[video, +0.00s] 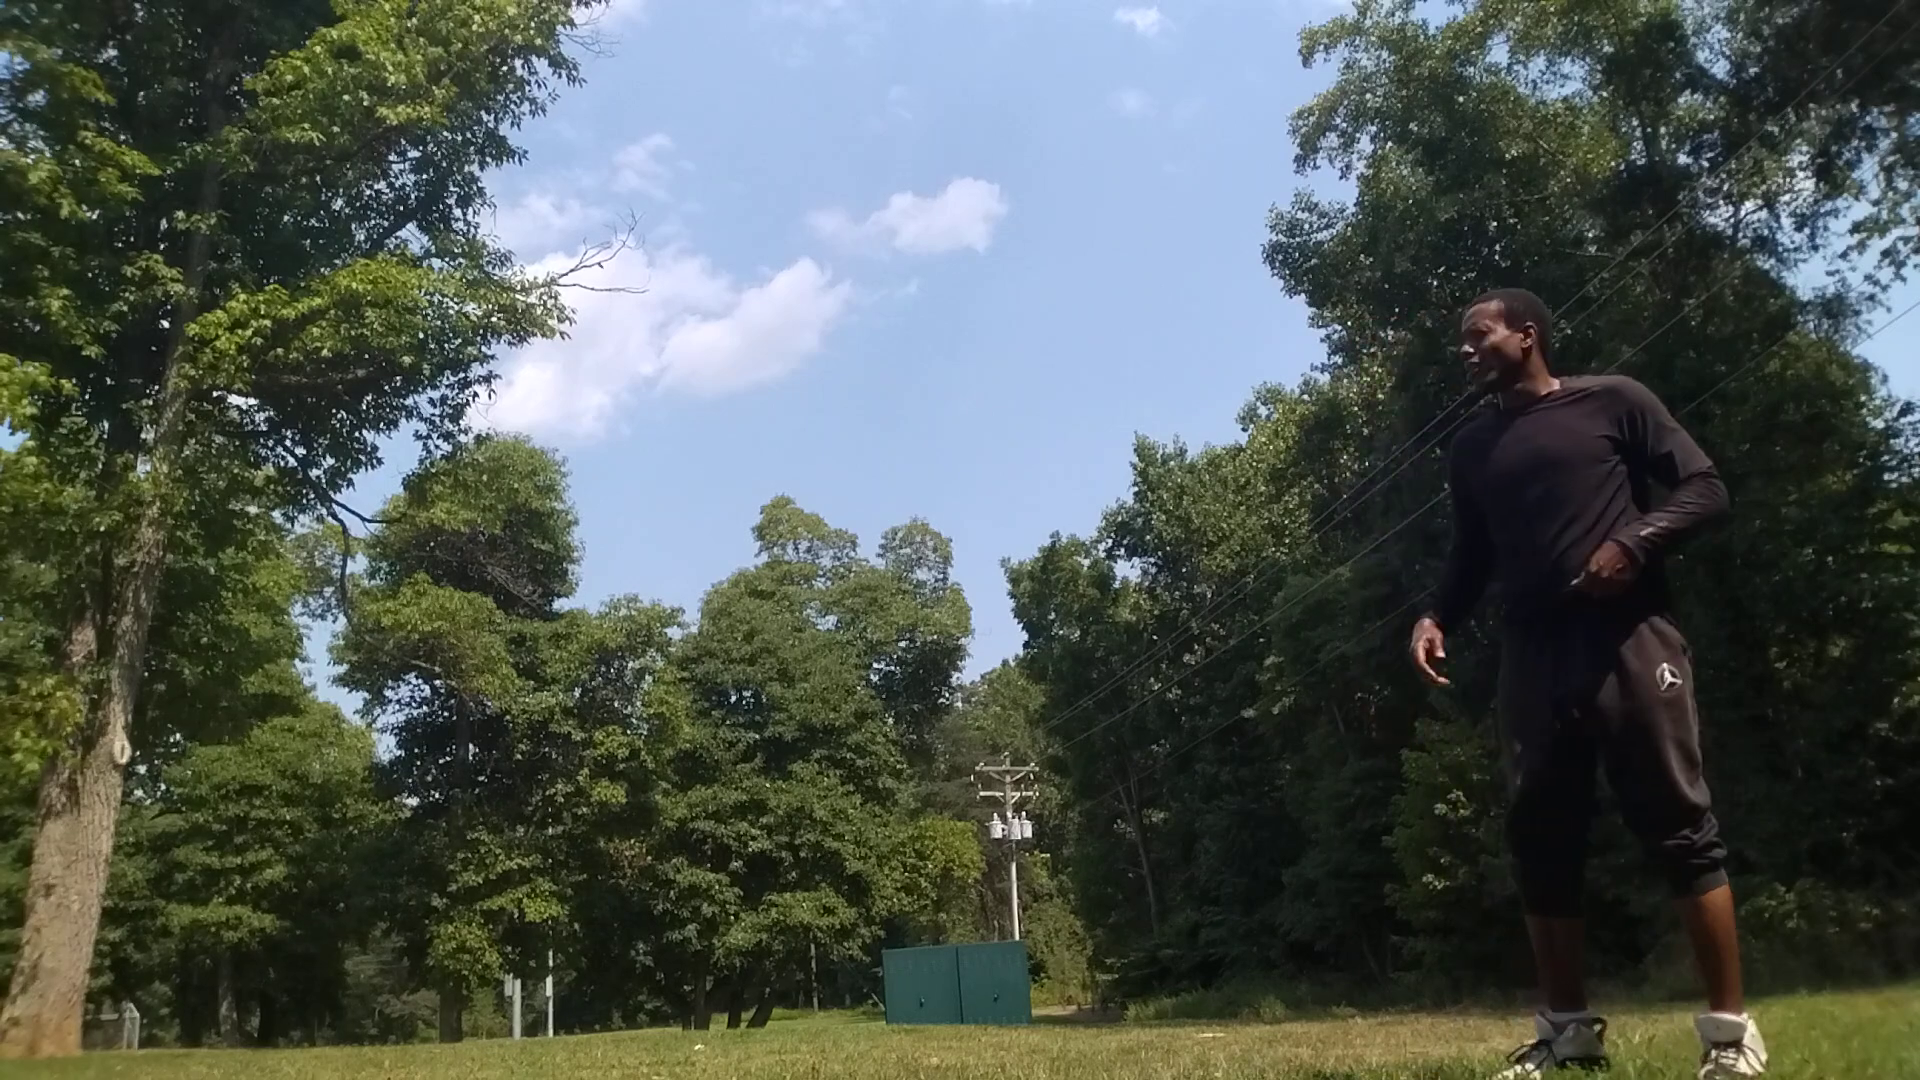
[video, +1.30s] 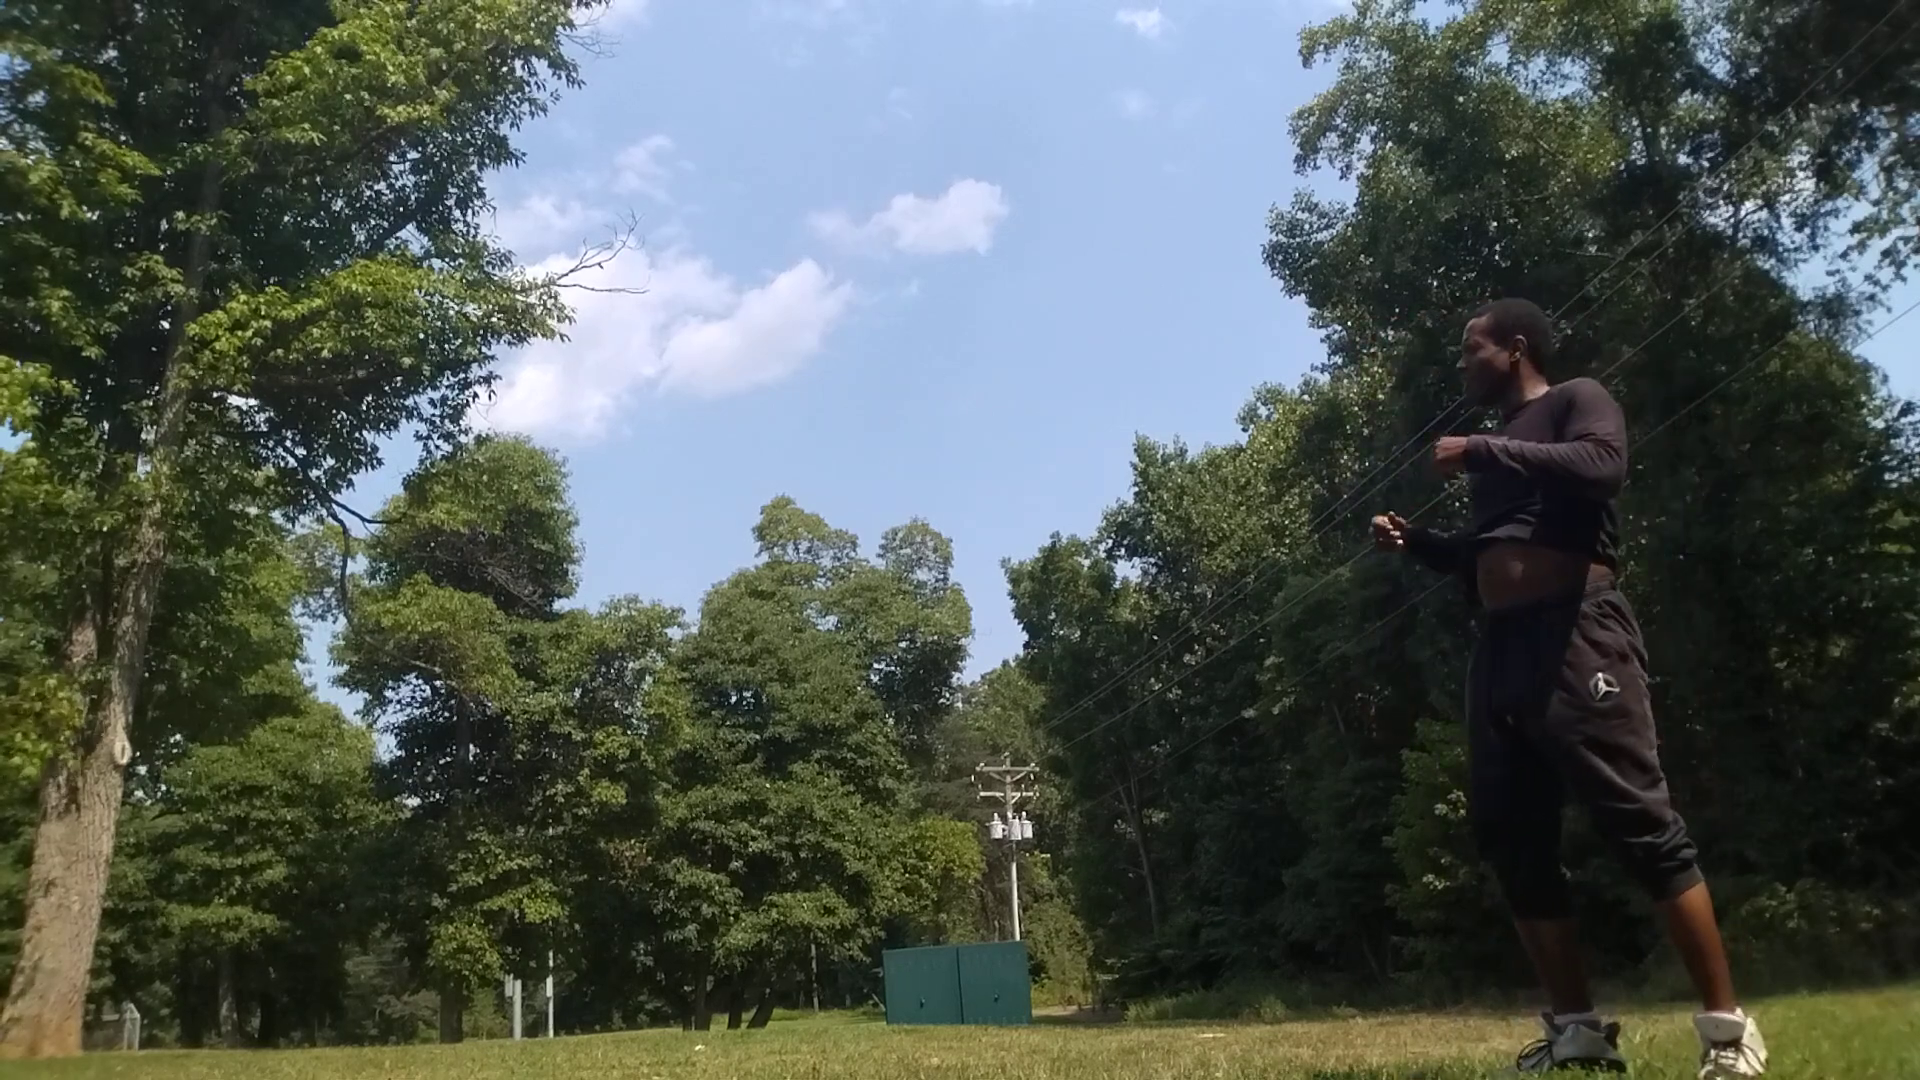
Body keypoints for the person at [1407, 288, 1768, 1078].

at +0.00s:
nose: (1465, 350)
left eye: (1476, 335)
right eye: (1462, 340)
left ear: (1526, 333)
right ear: (1488, 349)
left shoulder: (1615, 399)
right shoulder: (1471, 444)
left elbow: (1704, 490)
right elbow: (1472, 550)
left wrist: (1632, 541)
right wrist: (1436, 614)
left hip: (1631, 645)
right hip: (1534, 659)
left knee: (1684, 833)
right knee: (1539, 835)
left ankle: (1729, 1036)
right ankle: (1566, 1029)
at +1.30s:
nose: (1463, 363)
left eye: (1472, 350)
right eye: (1463, 352)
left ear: (1514, 348)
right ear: (1507, 352)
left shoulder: (1578, 396)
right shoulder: (1494, 446)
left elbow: (1605, 463)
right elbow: (1491, 558)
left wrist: (1483, 448)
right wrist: (1418, 542)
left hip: (1580, 633)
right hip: (1504, 647)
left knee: (1646, 829)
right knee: (1510, 837)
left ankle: (1727, 1028)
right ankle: (1575, 1030)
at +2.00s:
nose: (1379, 390)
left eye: (1388, 377)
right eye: (1378, 379)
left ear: (1427, 374)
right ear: (1414, 377)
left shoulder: (1489, 409)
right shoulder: (1412, 462)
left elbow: (1437, 419)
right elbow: (1426, 578)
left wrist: (1360, 424)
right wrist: (1357, 589)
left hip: (1512, 631)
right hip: (1447, 653)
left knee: (1570, 824)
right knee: (1501, 841)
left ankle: (1672, 1016)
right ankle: (1575, 1028)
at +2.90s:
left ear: (1493, 301)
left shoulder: (1542, 352)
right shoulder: (1430, 408)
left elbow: (1492, 254)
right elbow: (1421, 509)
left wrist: (1436, 346)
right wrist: (1392, 536)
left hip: (1552, 591)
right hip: (1463, 610)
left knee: (1578, 814)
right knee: (1469, 819)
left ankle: (1611, 1034)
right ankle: (1552, 1007)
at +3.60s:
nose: (1491, 263)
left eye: (1508, 247)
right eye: (1488, 250)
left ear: (1555, 252)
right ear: (1485, 268)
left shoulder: (1606, 313)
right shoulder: (1445, 356)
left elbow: (1650, 197)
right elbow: (1344, 440)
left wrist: (1510, 252)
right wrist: (1353, 391)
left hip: (1606, 573)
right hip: (1497, 586)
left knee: (1615, 803)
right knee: (1577, 798)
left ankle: (1608, 1025)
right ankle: (1668, 1031)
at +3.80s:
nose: (1492, 235)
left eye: (1510, 218)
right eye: (1478, 222)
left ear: (1553, 221)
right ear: (1462, 232)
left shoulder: (1617, 295)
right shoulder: (1439, 327)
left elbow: (1764, 262)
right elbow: (1307, 381)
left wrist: (1632, 271)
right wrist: (1364, 299)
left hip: (1629, 561)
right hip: (1519, 576)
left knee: (1657, 792)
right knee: (1595, 797)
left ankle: (1604, 997)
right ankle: (1672, 1035)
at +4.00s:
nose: (1499, 194)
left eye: (1515, 175)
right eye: (1481, 182)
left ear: (1554, 185)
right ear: (1462, 204)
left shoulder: (1633, 266)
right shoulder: (1435, 290)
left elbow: (1739, 337)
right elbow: (1298, 278)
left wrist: (1764, 373)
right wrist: (1412, 205)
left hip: (1652, 548)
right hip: (1529, 565)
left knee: (1724, 767)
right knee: (1585, 784)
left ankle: (1668, 976)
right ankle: (1664, 1019)